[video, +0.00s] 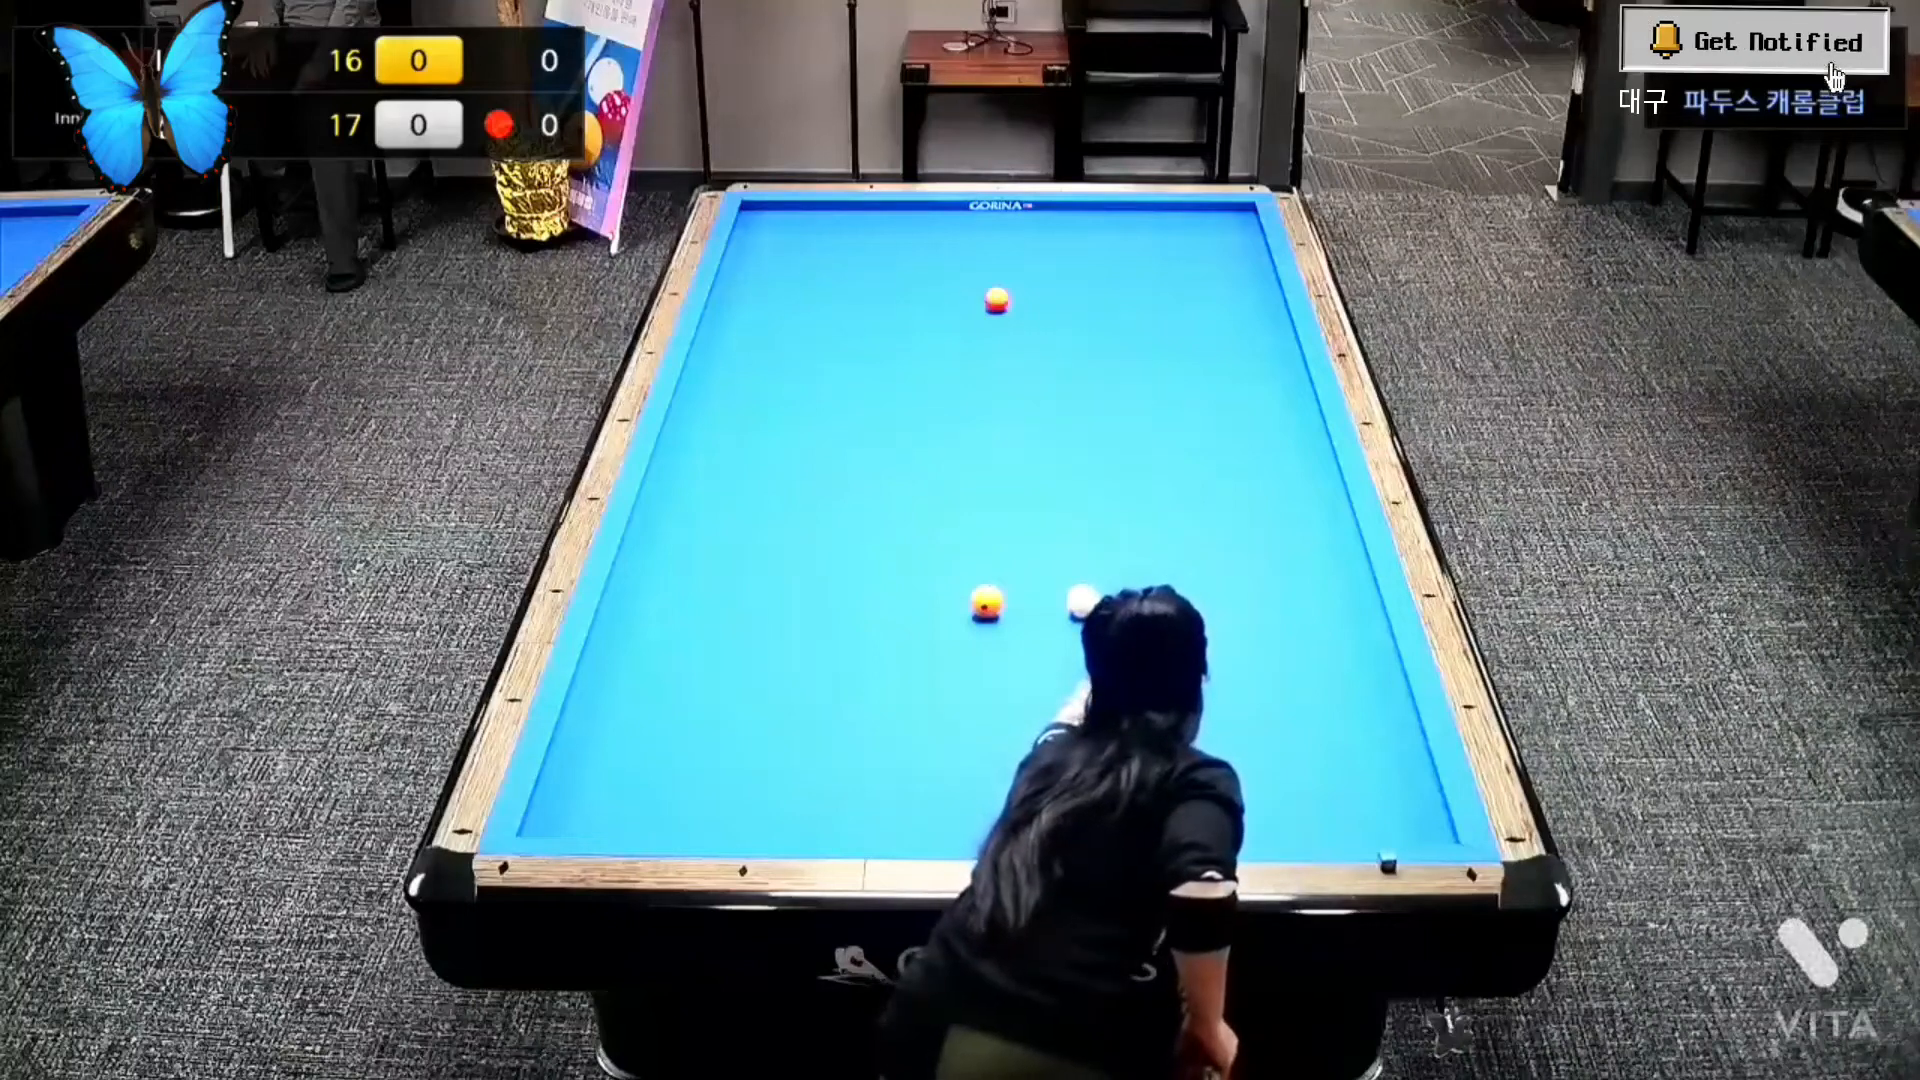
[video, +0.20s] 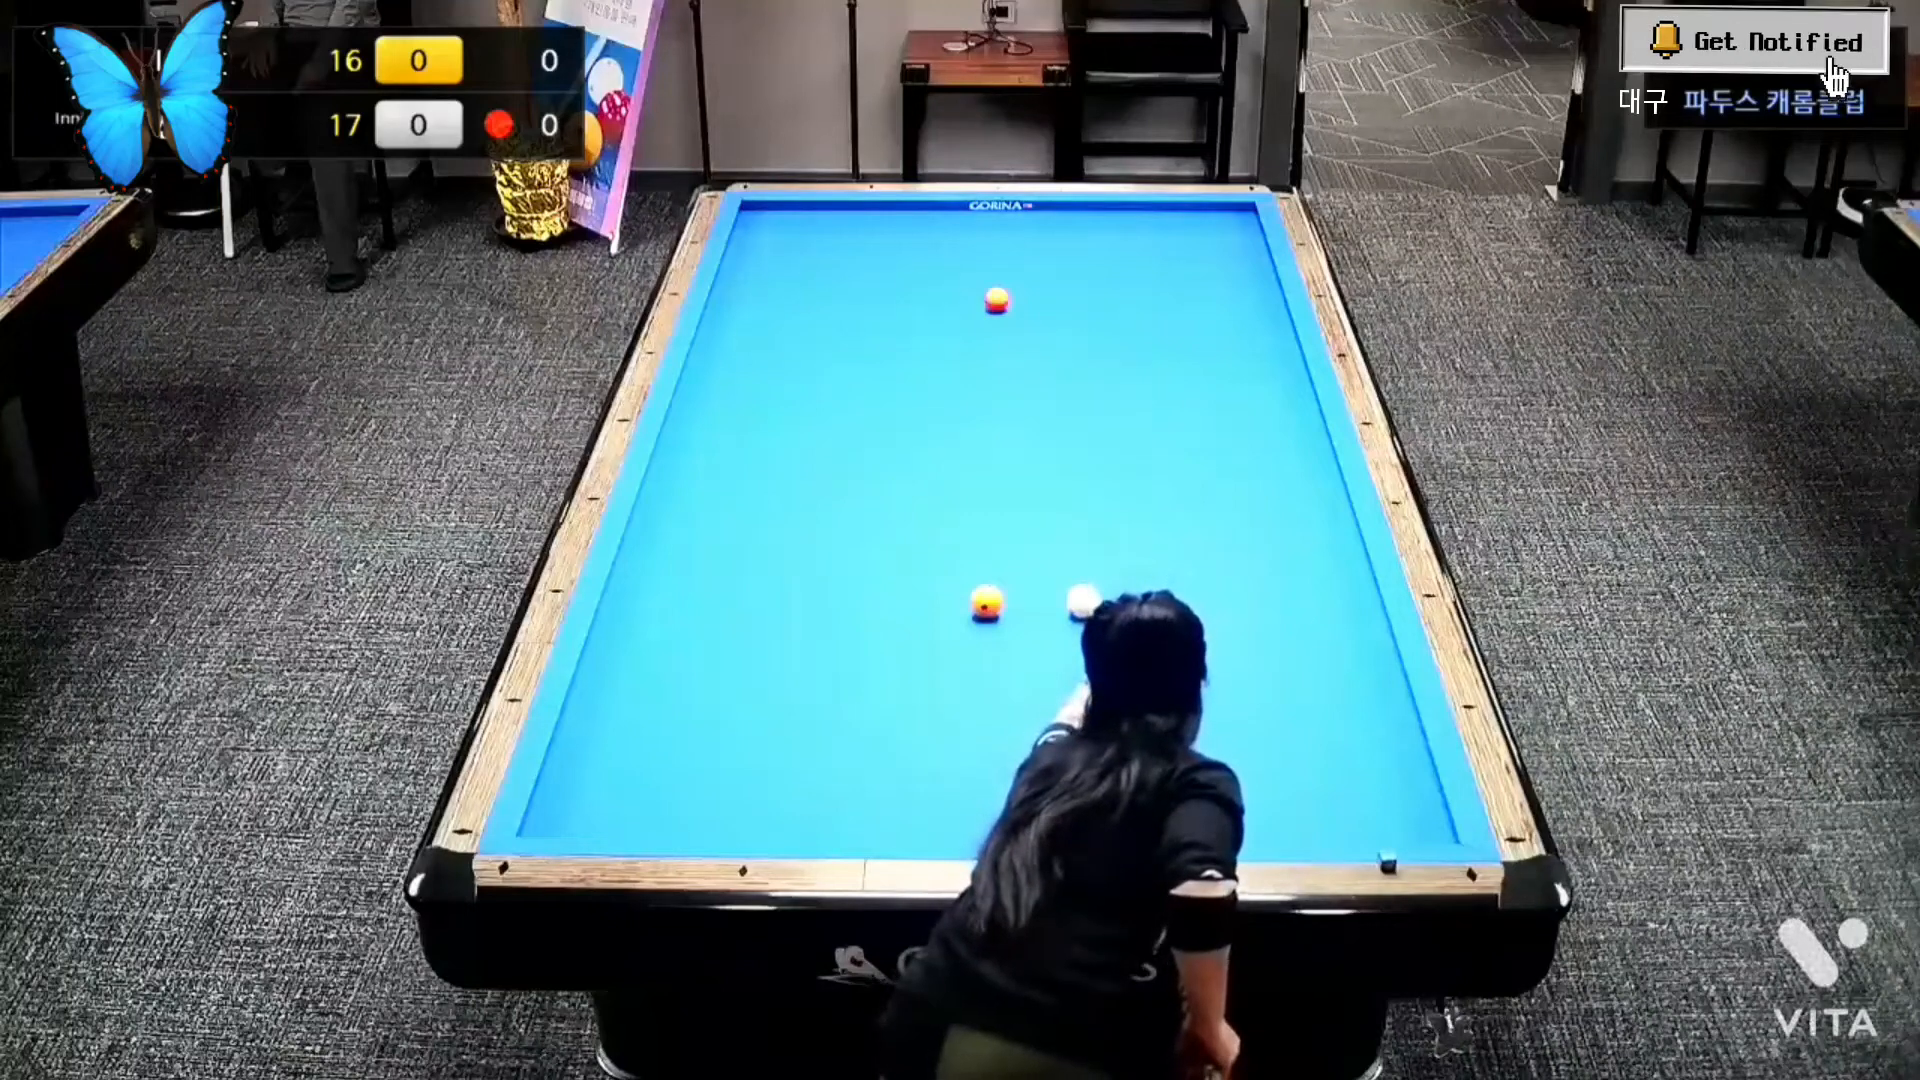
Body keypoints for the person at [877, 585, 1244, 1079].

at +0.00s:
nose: (1207, 673)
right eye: (1202, 662)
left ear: (1099, 676)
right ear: (1196, 676)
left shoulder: (1053, 754)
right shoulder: (1199, 777)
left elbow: (1072, 714)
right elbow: (1200, 893)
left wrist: (1104, 663)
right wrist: (1207, 1024)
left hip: (968, 1034)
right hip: (1089, 1050)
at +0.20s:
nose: (1206, 680)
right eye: (1202, 670)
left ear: (1099, 681)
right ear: (1196, 682)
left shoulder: (1052, 757)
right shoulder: (1199, 779)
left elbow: (1072, 715)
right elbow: (1201, 894)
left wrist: (1102, 669)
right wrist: (1208, 1024)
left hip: (963, 1032)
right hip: (1084, 1050)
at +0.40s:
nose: (1206, 681)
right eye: (1201, 671)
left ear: (1097, 683)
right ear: (1195, 683)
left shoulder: (1053, 756)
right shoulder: (1198, 780)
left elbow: (1072, 713)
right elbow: (1200, 894)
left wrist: (1099, 675)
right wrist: (1208, 1023)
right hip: (1072, 1049)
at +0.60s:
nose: (1205, 680)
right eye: (1200, 670)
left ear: (1096, 684)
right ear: (1193, 684)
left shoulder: (1052, 757)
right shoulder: (1198, 781)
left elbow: (1072, 713)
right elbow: (1200, 893)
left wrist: (1097, 674)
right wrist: (1208, 1023)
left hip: (957, 1029)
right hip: (1078, 1049)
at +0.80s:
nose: (1205, 679)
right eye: (1200, 669)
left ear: (1096, 684)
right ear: (1192, 683)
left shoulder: (1052, 756)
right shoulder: (1199, 780)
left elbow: (1071, 714)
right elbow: (1202, 892)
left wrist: (1096, 675)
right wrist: (1211, 1037)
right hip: (1077, 1048)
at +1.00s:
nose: (1204, 679)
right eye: (1200, 670)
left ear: (1096, 685)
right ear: (1192, 682)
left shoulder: (1053, 756)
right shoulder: (1199, 778)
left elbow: (1073, 711)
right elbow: (1202, 890)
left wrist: (1099, 672)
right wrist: (1216, 1042)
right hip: (1074, 1047)